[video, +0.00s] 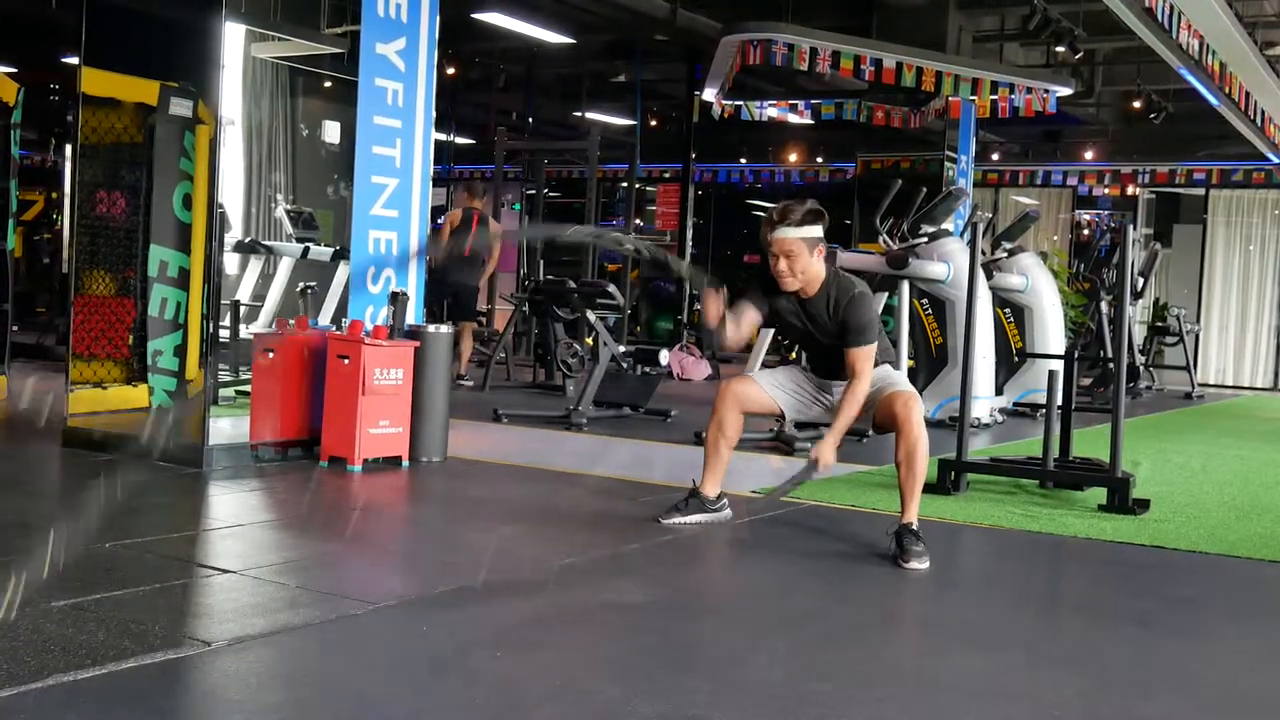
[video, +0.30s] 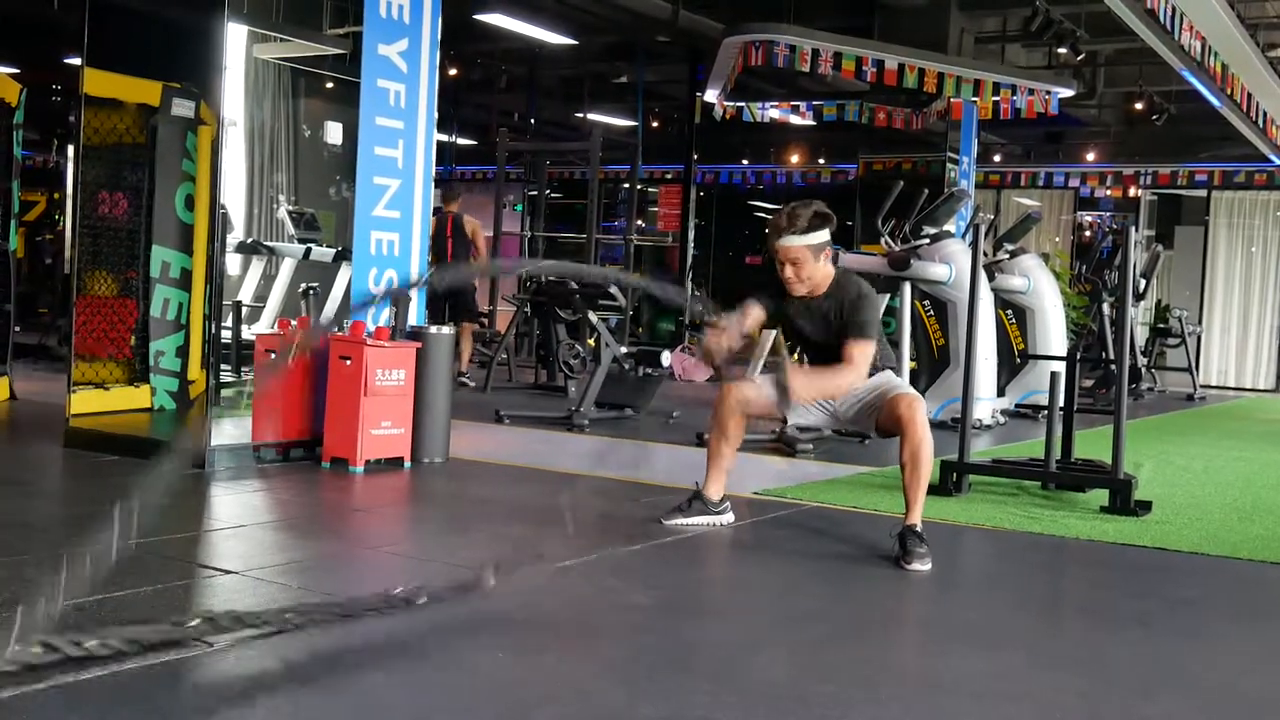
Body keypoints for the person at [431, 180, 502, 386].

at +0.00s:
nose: (461, 198)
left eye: (462, 194)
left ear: (466, 195)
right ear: (484, 199)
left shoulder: (452, 216)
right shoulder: (494, 226)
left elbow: (441, 248)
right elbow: (493, 259)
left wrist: (437, 265)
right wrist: (479, 282)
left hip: (445, 281)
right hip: (470, 284)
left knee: (438, 326)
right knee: (466, 329)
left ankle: (435, 372)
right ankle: (462, 373)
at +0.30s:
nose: (454, 203)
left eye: (449, 199)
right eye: (458, 199)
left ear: (442, 200)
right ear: (459, 200)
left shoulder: (432, 223)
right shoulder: (470, 223)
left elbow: (424, 252)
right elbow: (481, 253)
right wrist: (478, 274)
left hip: (438, 281)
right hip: (463, 281)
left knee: (435, 328)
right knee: (465, 327)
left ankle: (434, 372)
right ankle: (463, 371)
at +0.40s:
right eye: (444, 200)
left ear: (431, 203)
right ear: (448, 202)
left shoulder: (424, 222)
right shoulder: (460, 222)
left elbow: (419, 255)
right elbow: (472, 251)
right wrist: (473, 278)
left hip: (433, 284)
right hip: (458, 282)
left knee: (437, 327)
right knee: (471, 323)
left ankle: (436, 369)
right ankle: (466, 365)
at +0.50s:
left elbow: (424, 261)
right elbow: (467, 257)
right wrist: (470, 276)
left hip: (436, 284)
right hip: (458, 282)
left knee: (438, 326)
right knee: (476, 314)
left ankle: (439, 366)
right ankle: (475, 351)